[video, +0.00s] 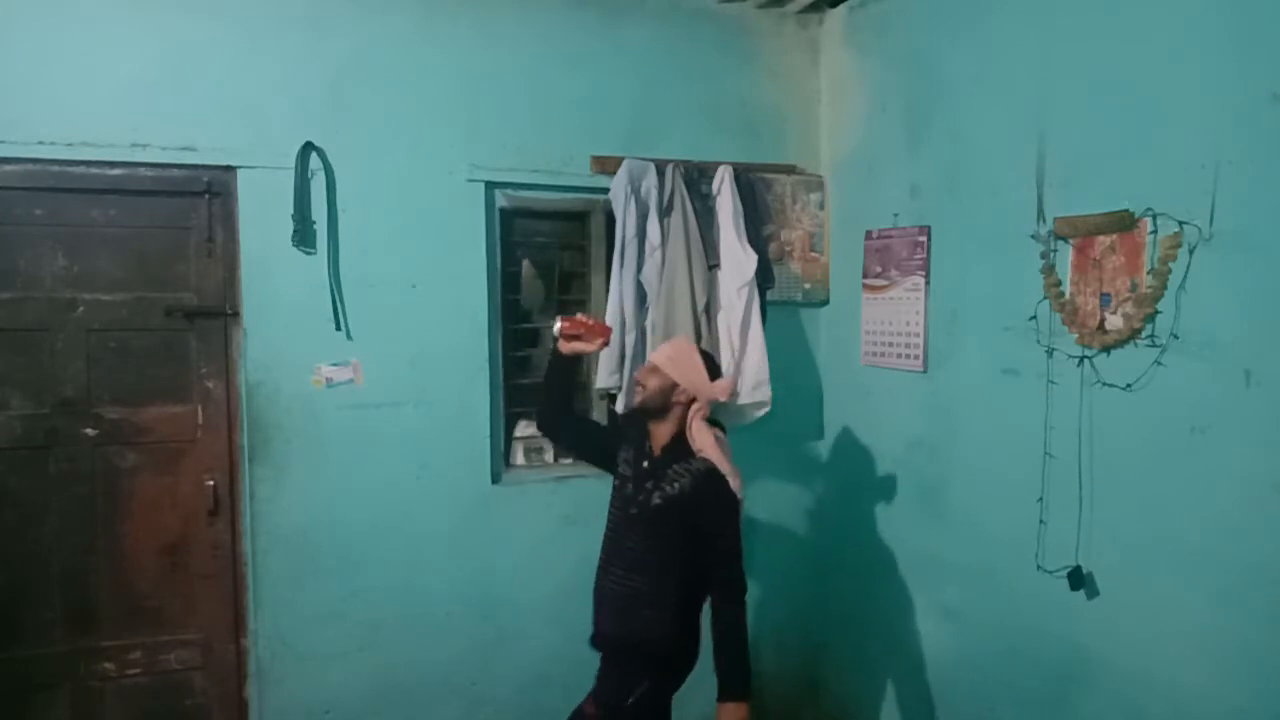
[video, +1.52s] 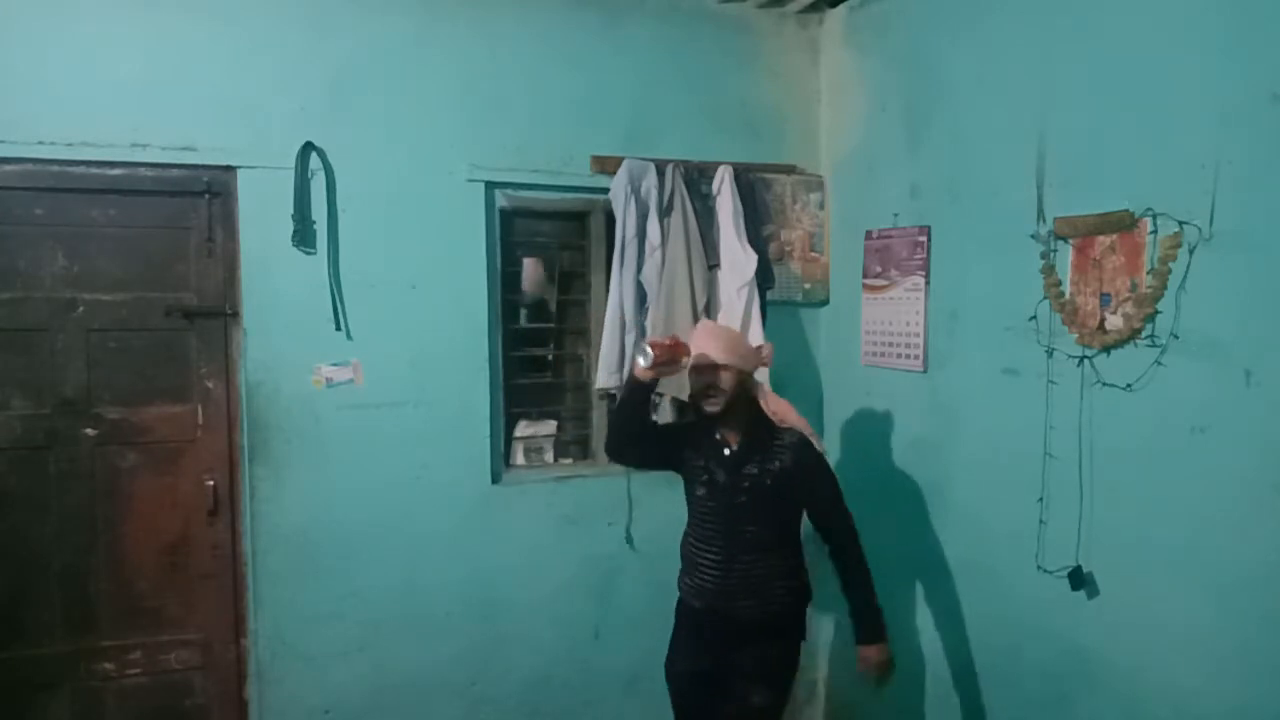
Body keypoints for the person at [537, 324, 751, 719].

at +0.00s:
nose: (638, 375)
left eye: (654, 370)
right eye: (645, 366)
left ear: (683, 393)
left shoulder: (709, 482)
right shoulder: (629, 445)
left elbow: (728, 597)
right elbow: (556, 420)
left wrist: (733, 697)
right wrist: (565, 356)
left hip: (658, 650)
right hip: (617, 639)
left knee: (591, 710)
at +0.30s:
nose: (660, 395)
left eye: (678, 390)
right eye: (669, 386)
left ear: (706, 416)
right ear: (702, 418)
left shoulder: (716, 504)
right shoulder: (655, 462)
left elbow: (698, 612)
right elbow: (581, 444)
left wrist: (652, 703)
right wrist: (580, 379)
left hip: (634, 670)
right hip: (600, 652)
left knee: (560, 712)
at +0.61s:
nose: (679, 354)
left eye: (695, 350)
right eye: (687, 344)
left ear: (725, 373)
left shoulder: (747, 451)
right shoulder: (685, 426)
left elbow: (741, 565)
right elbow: (610, 416)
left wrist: (696, 655)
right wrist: (610, 357)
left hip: (723, 625)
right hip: (689, 615)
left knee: (657, 711)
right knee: (701, 713)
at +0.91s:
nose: (698, 366)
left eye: (712, 358)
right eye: (702, 355)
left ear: (747, 376)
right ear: (743, 377)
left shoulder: (774, 460)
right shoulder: (705, 436)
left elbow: (783, 577)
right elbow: (628, 428)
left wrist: (766, 682)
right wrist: (619, 368)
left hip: (735, 641)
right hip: (688, 634)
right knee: (683, 709)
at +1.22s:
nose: (711, 360)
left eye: (725, 353)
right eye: (716, 350)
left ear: (756, 371)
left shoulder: (791, 462)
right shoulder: (699, 431)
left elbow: (804, 572)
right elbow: (628, 416)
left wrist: (787, 666)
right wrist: (647, 350)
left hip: (751, 637)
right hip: (690, 627)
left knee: (733, 712)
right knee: (685, 711)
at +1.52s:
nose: (707, 381)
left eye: (719, 369)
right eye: (698, 371)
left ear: (746, 375)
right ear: (688, 379)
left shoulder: (791, 450)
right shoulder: (689, 440)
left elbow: (841, 539)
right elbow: (624, 445)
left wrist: (870, 633)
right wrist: (643, 375)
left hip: (769, 622)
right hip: (699, 618)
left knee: (756, 708)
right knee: (691, 708)